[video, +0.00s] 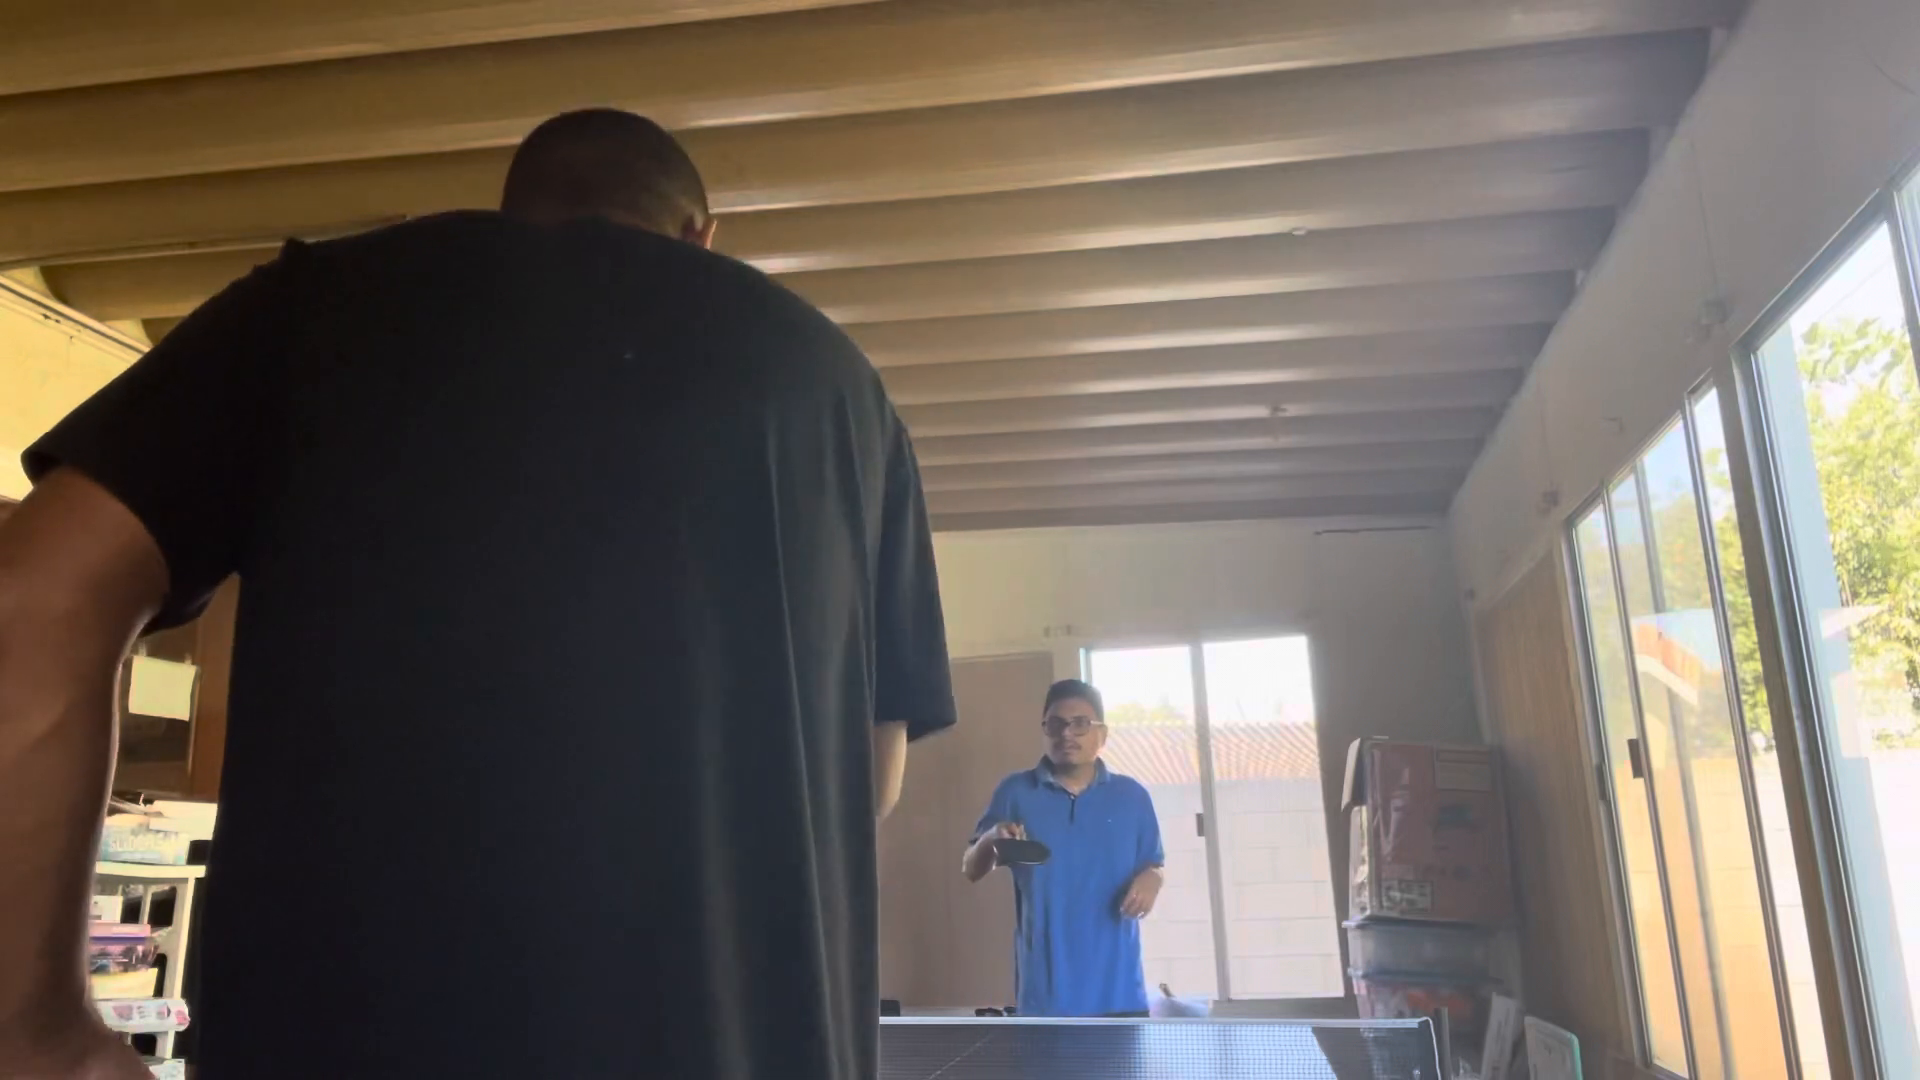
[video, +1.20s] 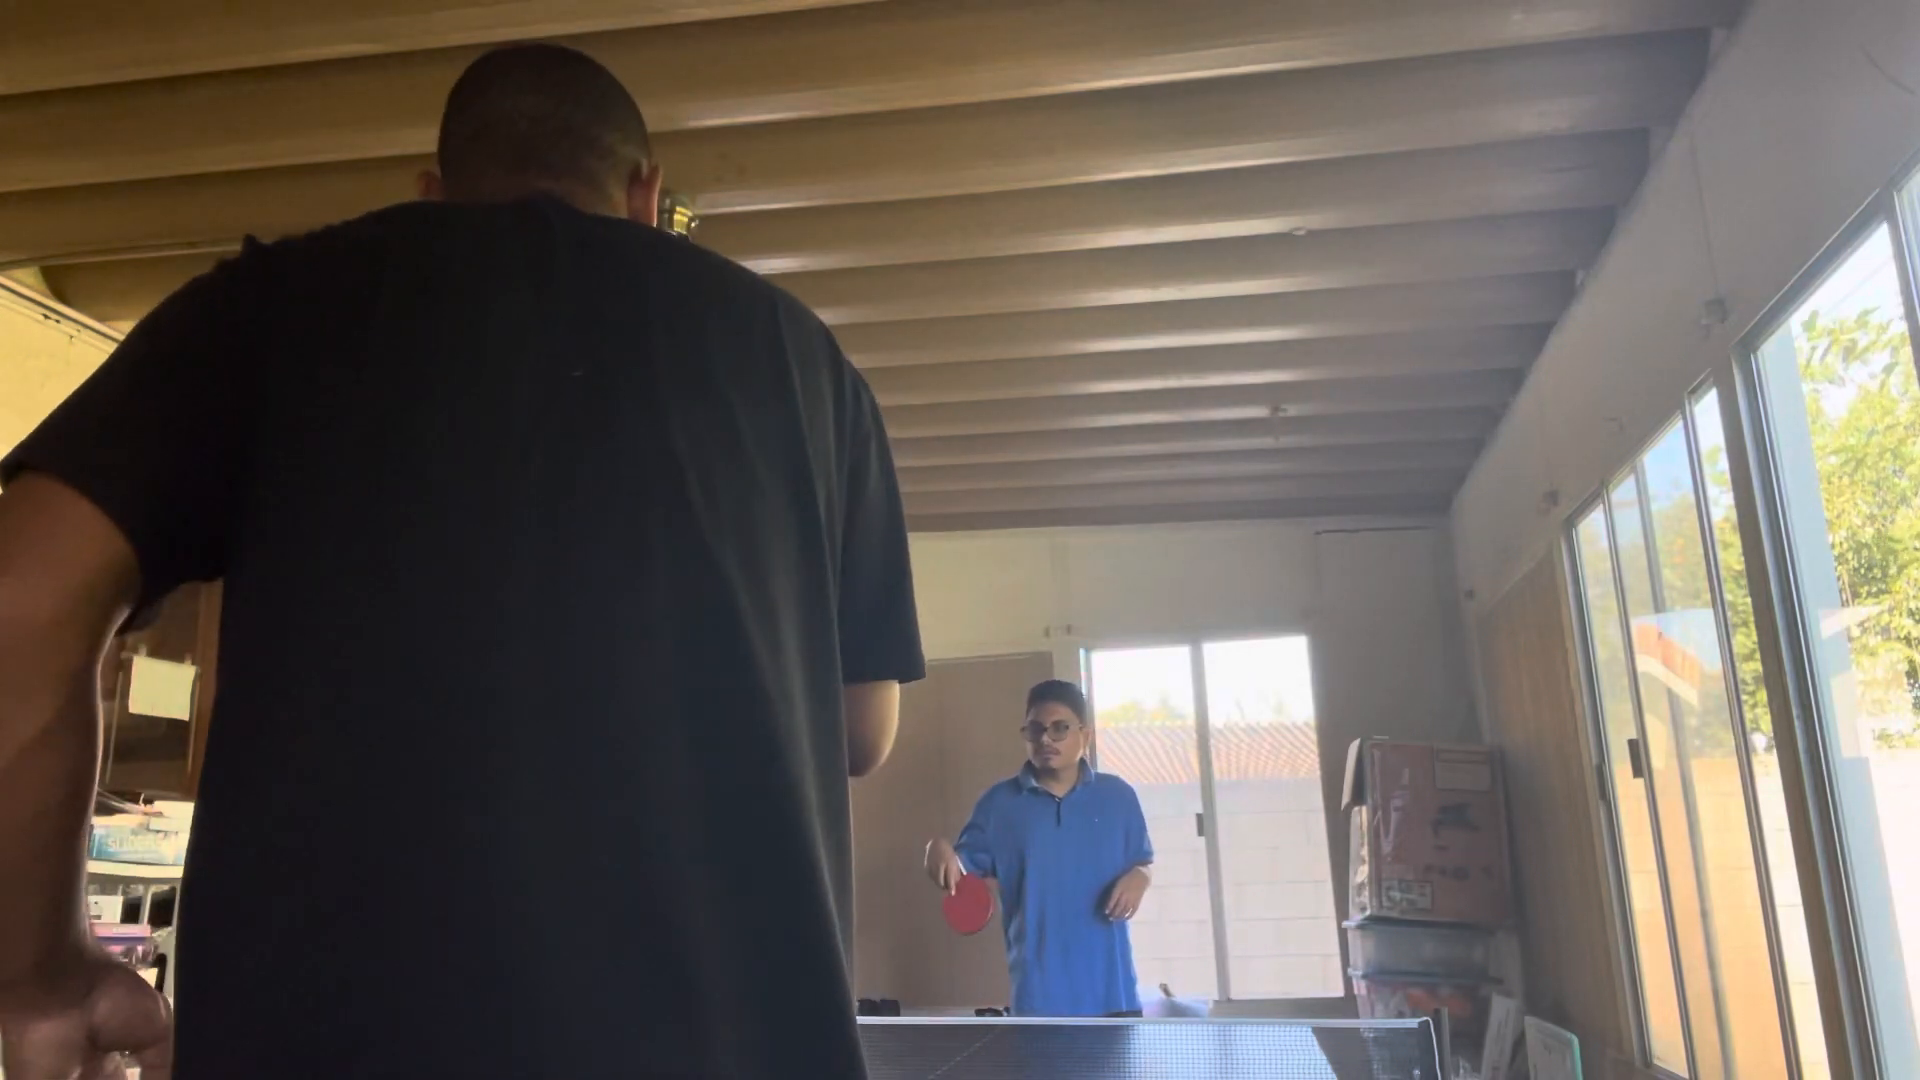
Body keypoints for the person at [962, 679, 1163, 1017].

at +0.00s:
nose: (1067, 733)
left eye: (1080, 723)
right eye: (1057, 723)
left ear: (1102, 734)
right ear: (1044, 731)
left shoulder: (1131, 796)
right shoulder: (1016, 792)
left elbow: (1153, 865)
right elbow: (972, 871)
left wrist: (1151, 878)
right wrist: (991, 841)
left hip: (1117, 987)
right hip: (1044, 989)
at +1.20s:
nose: (1046, 739)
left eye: (1059, 728)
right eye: (1036, 729)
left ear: (1085, 736)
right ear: (1024, 735)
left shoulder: (1116, 796)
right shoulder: (1001, 803)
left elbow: (1141, 863)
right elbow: (966, 871)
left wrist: (1138, 877)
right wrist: (940, 848)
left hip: (1110, 989)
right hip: (1037, 994)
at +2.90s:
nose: (1037, 751)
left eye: (1051, 739)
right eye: (1025, 739)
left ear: (1075, 739)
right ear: (1013, 739)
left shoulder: (1107, 794)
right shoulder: (993, 804)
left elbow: (1132, 861)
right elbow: (962, 878)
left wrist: (1134, 876)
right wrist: (956, 896)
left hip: (1106, 988)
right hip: (1033, 995)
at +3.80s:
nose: (1045, 746)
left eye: (1057, 734)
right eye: (1032, 736)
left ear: (1079, 736)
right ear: (1019, 738)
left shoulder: (1102, 801)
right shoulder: (996, 794)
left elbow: (1118, 879)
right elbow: (959, 877)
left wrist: (1137, 878)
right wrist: (986, 868)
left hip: (1100, 994)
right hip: (1023, 997)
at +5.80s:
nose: (1069, 746)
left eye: (1078, 737)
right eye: (1058, 736)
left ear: (1091, 742)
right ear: (1029, 736)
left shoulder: (1110, 800)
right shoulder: (1011, 796)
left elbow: (1124, 875)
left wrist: (1145, 878)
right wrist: (1036, 859)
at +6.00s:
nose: (1081, 758)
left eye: (1089, 747)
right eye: (1070, 747)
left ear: (1097, 749)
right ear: (1043, 746)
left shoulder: (1108, 801)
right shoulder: (1015, 800)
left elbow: (1119, 875)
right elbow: (990, 880)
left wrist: (1157, 892)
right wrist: (1062, 864)